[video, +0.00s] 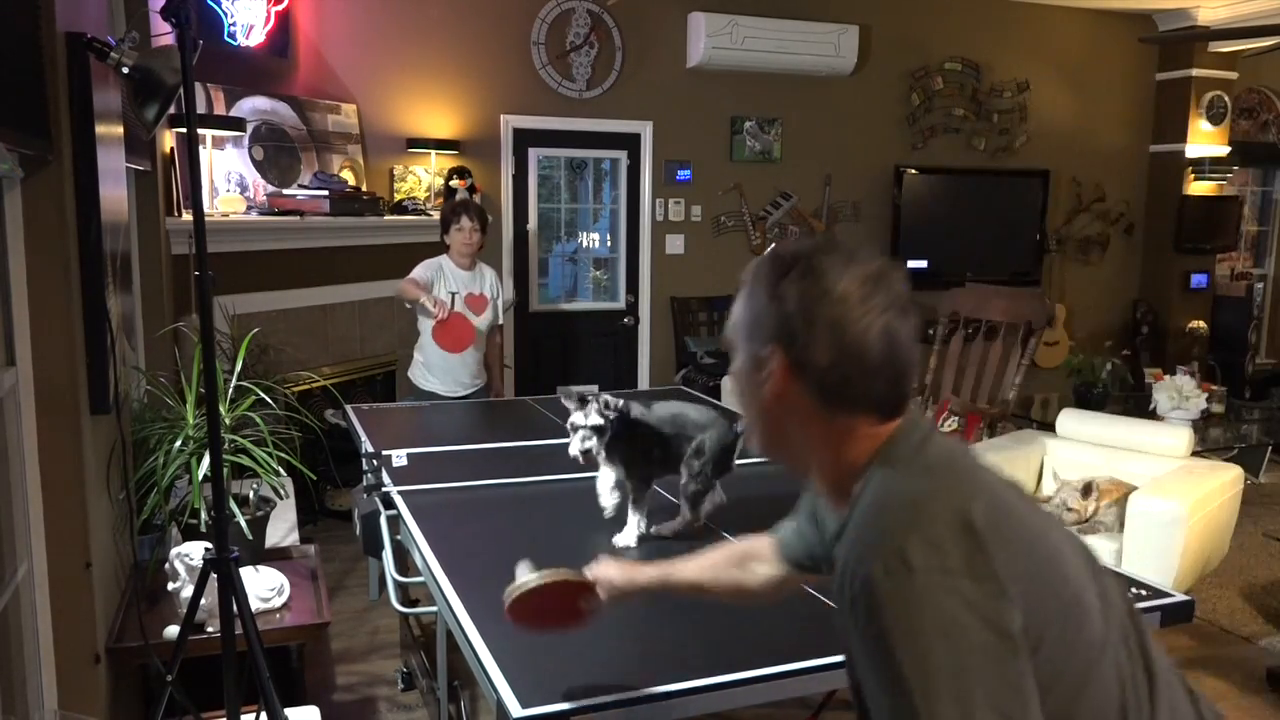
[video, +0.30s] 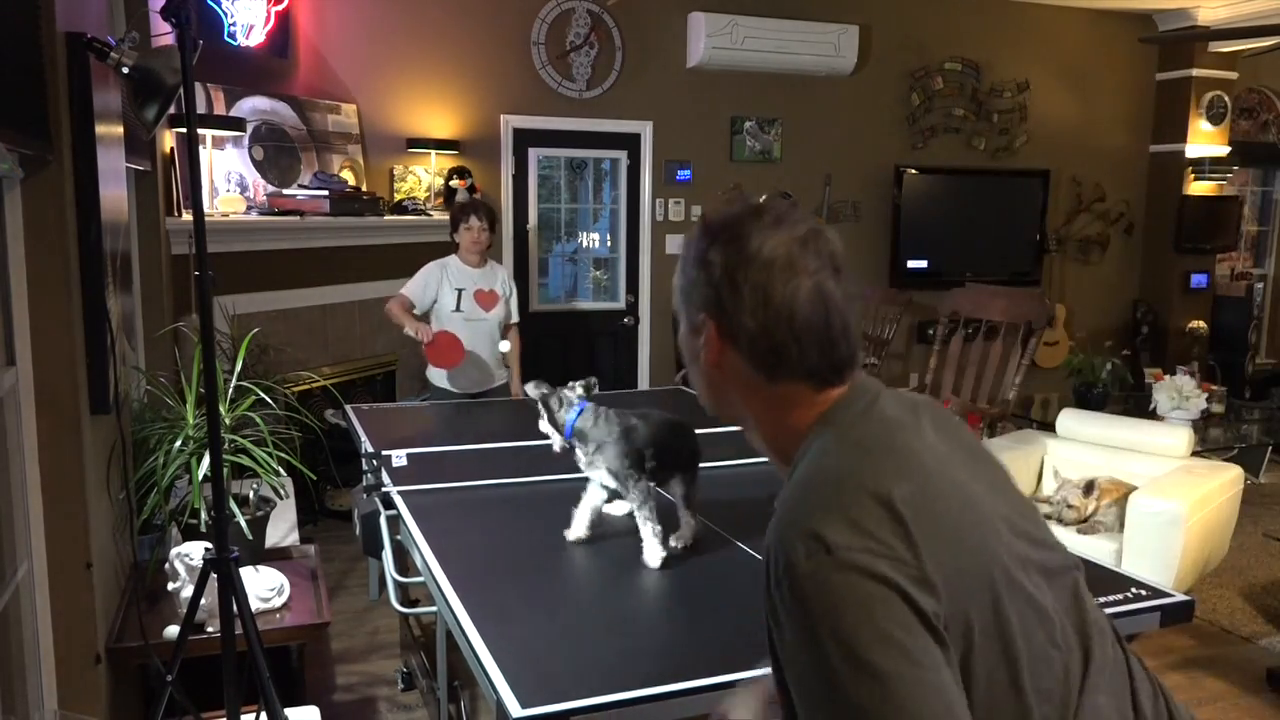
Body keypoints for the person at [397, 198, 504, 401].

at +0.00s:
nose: (468, 236)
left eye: (475, 230)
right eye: (459, 229)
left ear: (482, 237)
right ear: (446, 237)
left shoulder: (489, 277)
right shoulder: (432, 268)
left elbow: (494, 335)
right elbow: (405, 287)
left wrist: (496, 383)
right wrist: (425, 298)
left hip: (474, 388)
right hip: (430, 389)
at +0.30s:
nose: (476, 236)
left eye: (483, 230)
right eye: (468, 229)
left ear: (491, 236)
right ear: (455, 235)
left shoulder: (501, 275)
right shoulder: (437, 271)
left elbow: (511, 329)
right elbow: (395, 305)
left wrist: (515, 381)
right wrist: (412, 323)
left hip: (494, 385)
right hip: (447, 388)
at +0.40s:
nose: (485, 242)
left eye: (491, 235)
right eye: (476, 235)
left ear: (499, 239)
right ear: (464, 241)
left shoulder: (512, 279)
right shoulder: (446, 278)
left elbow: (521, 330)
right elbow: (410, 322)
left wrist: (527, 380)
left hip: (502, 389)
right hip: (458, 390)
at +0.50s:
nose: (496, 251)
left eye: (502, 244)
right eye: (487, 243)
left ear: (508, 245)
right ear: (474, 245)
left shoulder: (522, 281)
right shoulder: (458, 283)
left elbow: (532, 330)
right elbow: (431, 334)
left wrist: (536, 377)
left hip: (515, 387)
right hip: (470, 391)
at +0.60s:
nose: (504, 251)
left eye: (510, 243)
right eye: (496, 243)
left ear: (516, 242)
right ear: (482, 242)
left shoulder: (528, 275)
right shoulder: (467, 279)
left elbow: (540, 324)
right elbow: (444, 333)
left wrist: (539, 366)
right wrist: (473, 355)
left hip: (521, 385)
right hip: (478, 387)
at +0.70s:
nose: (508, 245)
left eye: (514, 238)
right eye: (500, 237)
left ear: (521, 237)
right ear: (487, 236)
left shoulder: (531, 270)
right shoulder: (472, 271)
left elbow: (544, 318)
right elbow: (459, 315)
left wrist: (540, 358)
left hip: (523, 374)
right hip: (483, 373)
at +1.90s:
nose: (515, 236)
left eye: (519, 230)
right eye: (508, 229)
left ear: (523, 232)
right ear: (488, 232)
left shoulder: (531, 273)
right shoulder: (468, 270)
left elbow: (539, 323)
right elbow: (449, 322)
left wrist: (539, 366)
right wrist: (487, 353)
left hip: (518, 381)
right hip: (476, 382)